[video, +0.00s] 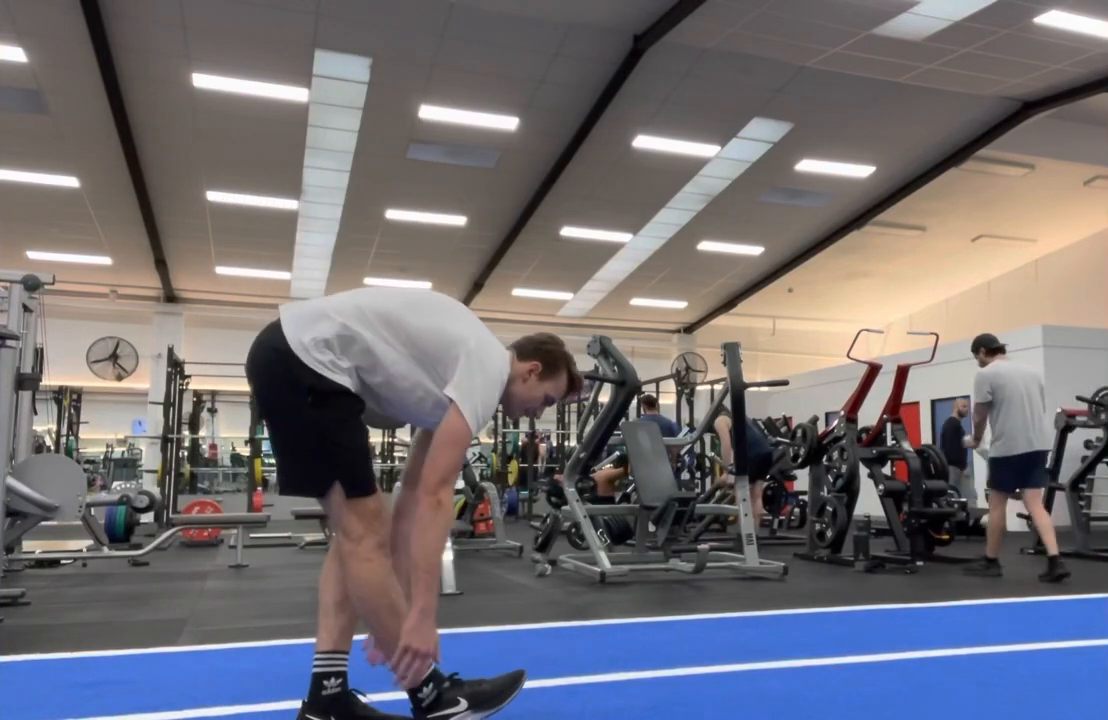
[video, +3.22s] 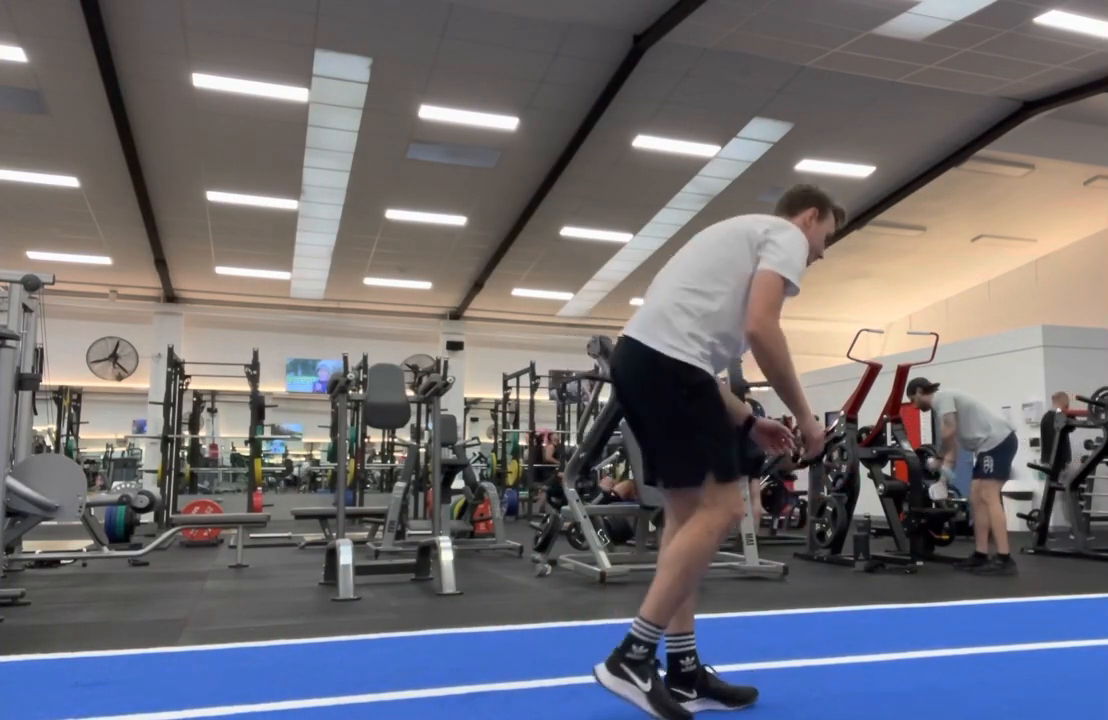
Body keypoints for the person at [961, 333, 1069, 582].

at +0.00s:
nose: (977, 362)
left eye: (976, 358)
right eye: (975, 358)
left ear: (982, 352)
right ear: (1002, 350)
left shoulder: (986, 374)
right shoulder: (1031, 372)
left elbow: (980, 416)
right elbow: (1041, 408)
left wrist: (976, 440)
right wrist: (1029, 434)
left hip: (1006, 448)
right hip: (1039, 445)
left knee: (997, 504)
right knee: (1035, 504)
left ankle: (990, 560)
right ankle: (1056, 561)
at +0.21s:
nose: (954, 374)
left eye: (953, 369)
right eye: (953, 370)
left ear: (958, 362)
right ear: (976, 358)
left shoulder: (964, 382)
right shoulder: (1005, 373)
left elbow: (961, 428)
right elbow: (1018, 408)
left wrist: (961, 453)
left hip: (994, 446)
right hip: (1021, 442)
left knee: (983, 498)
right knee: (1007, 496)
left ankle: (989, 559)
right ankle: (1031, 539)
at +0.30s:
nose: (945, 380)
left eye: (944, 375)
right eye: (943, 376)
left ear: (949, 368)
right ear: (965, 364)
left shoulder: (956, 386)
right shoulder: (989, 376)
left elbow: (956, 431)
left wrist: (954, 460)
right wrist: (969, 456)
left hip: (992, 442)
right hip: (1018, 438)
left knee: (981, 498)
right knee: (998, 495)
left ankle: (989, 558)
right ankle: (1012, 552)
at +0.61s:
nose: (928, 405)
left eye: (927, 400)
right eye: (926, 402)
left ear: (931, 392)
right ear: (942, 388)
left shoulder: (943, 404)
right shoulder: (963, 394)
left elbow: (945, 446)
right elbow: (987, 430)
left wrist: (944, 478)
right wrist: (974, 463)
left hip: (993, 444)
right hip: (1010, 441)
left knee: (974, 498)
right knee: (985, 498)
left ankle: (988, 558)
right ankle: (982, 552)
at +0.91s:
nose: (920, 418)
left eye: (917, 414)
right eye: (917, 416)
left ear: (921, 406)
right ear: (928, 402)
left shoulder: (938, 411)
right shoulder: (952, 406)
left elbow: (944, 453)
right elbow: (962, 456)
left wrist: (944, 482)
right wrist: (947, 480)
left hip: (995, 442)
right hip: (1007, 439)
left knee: (976, 497)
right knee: (980, 499)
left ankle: (997, 555)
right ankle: (981, 554)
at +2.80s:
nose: (914, 438)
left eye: (911, 433)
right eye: (911, 435)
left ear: (915, 424)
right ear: (918, 423)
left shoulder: (939, 420)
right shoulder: (938, 434)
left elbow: (959, 457)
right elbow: (947, 471)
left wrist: (957, 487)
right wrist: (937, 503)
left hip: (1007, 440)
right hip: (992, 446)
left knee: (1000, 498)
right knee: (983, 497)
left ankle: (1006, 559)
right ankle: (981, 555)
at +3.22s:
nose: (915, 406)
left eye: (913, 400)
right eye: (912, 402)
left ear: (920, 392)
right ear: (923, 392)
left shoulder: (942, 397)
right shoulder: (942, 405)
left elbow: (949, 431)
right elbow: (951, 445)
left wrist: (940, 457)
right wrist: (946, 474)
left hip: (999, 441)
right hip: (985, 445)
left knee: (988, 495)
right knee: (977, 496)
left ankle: (1004, 557)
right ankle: (981, 554)